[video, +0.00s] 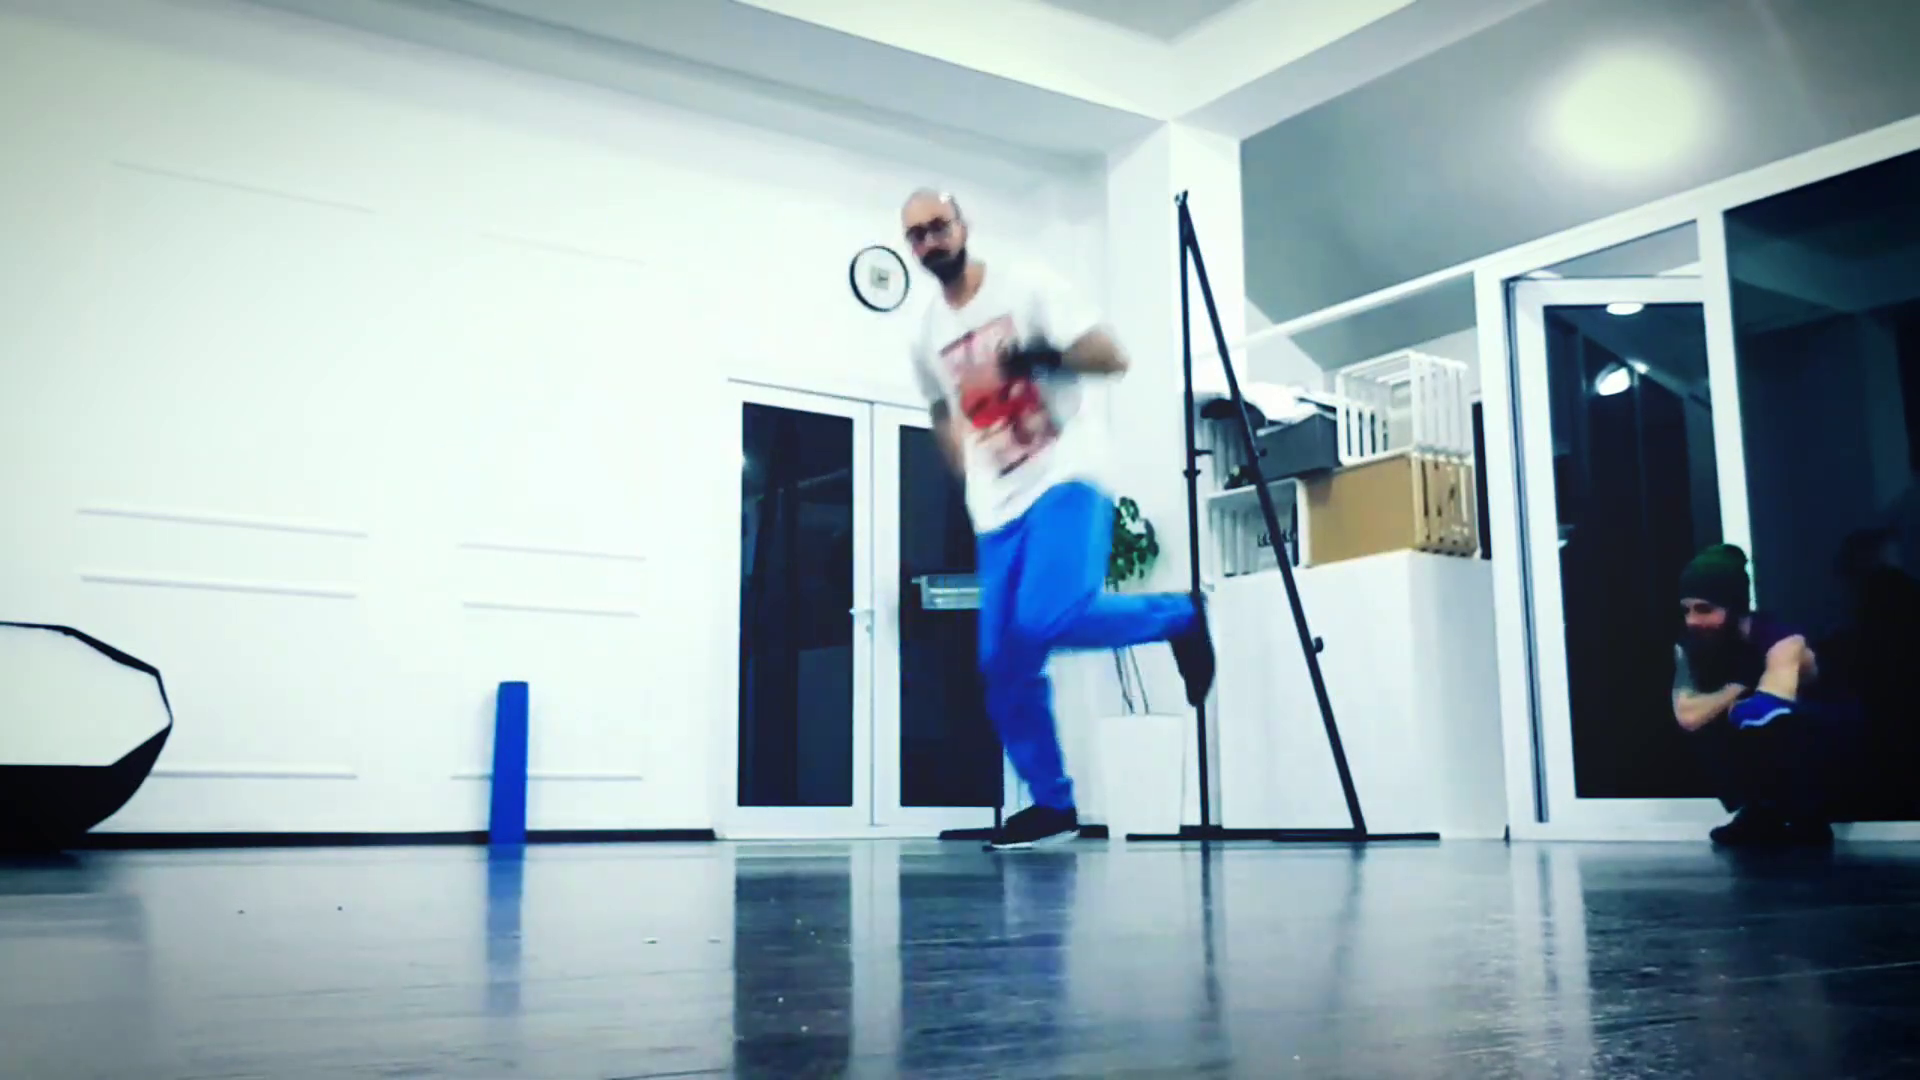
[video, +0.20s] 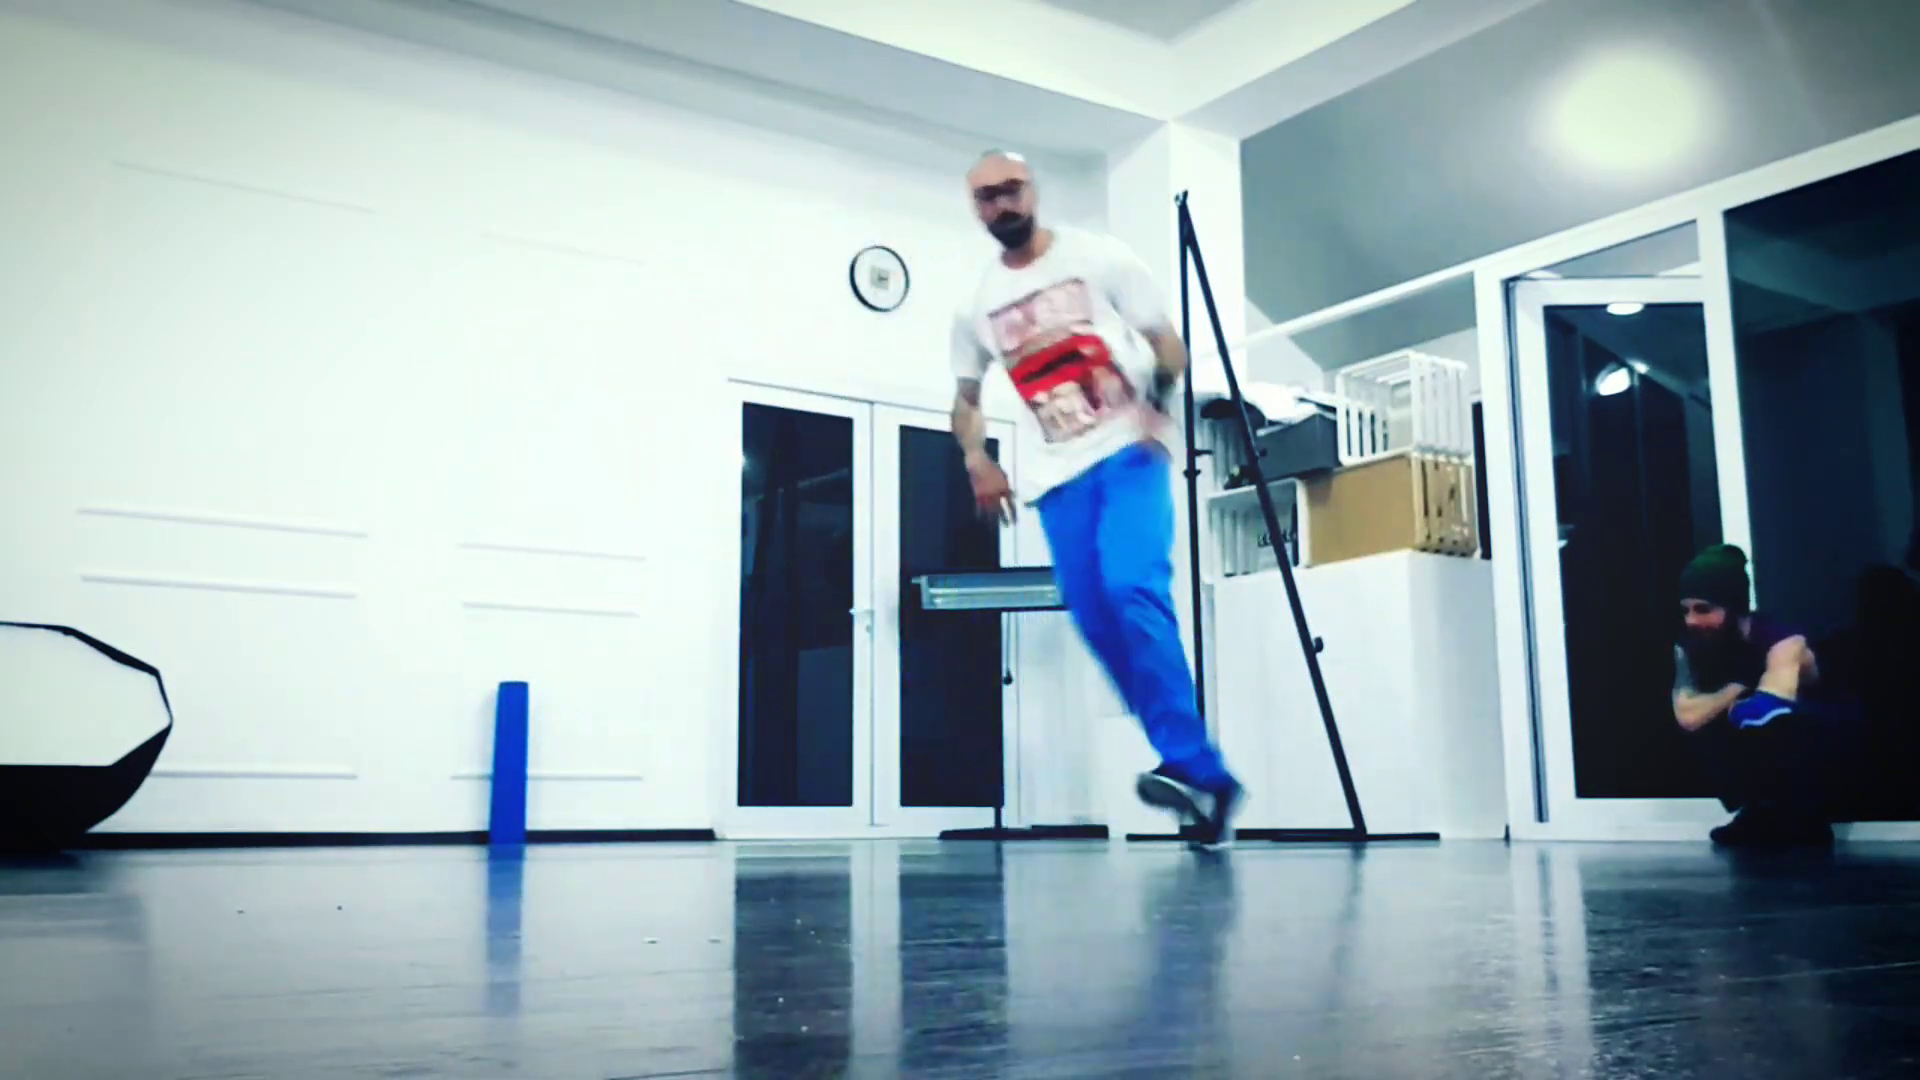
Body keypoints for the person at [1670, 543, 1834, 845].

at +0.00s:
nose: (1692, 622)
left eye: (1704, 610)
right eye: (1686, 611)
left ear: (1733, 607)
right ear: (1681, 609)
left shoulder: (1779, 637)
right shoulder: (1688, 650)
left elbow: (1772, 706)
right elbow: (1688, 716)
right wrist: (1735, 691)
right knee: (1705, 726)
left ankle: (1805, 821)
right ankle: (1755, 813)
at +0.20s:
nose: (1691, 622)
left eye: (1703, 610)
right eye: (1686, 611)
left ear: (1733, 606)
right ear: (1680, 609)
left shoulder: (1780, 638)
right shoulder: (1688, 651)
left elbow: (1775, 703)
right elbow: (1689, 716)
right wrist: (1735, 690)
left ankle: (1800, 820)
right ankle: (1754, 813)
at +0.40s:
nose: (1692, 622)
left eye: (1703, 611)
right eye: (1687, 611)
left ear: (1732, 607)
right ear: (1681, 609)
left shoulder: (1779, 637)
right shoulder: (1688, 650)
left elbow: (1773, 705)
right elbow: (1689, 716)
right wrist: (1736, 690)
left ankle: (1801, 821)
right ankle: (1754, 813)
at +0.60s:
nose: (1693, 622)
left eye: (1705, 610)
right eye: (1687, 611)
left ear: (1734, 607)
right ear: (1681, 610)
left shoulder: (1781, 637)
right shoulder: (1689, 650)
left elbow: (1771, 707)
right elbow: (1689, 715)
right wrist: (1739, 688)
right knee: (1704, 727)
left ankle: (1803, 821)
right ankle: (1755, 813)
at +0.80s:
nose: (1693, 622)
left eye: (1705, 610)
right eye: (1688, 611)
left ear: (1733, 607)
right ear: (1682, 610)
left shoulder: (1781, 636)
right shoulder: (1690, 650)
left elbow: (1772, 706)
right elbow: (1688, 715)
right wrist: (1738, 690)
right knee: (1704, 727)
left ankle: (1804, 821)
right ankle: (1755, 813)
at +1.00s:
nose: (1693, 622)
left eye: (1705, 611)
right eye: (1688, 611)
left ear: (1734, 607)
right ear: (1682, 610)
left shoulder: (1780, 636)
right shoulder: (1689, 649)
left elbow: (1772, 704)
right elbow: (1688, 715)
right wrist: (1735, 692)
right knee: (1706, 728)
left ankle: (1804, 821)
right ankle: (1756, 813)